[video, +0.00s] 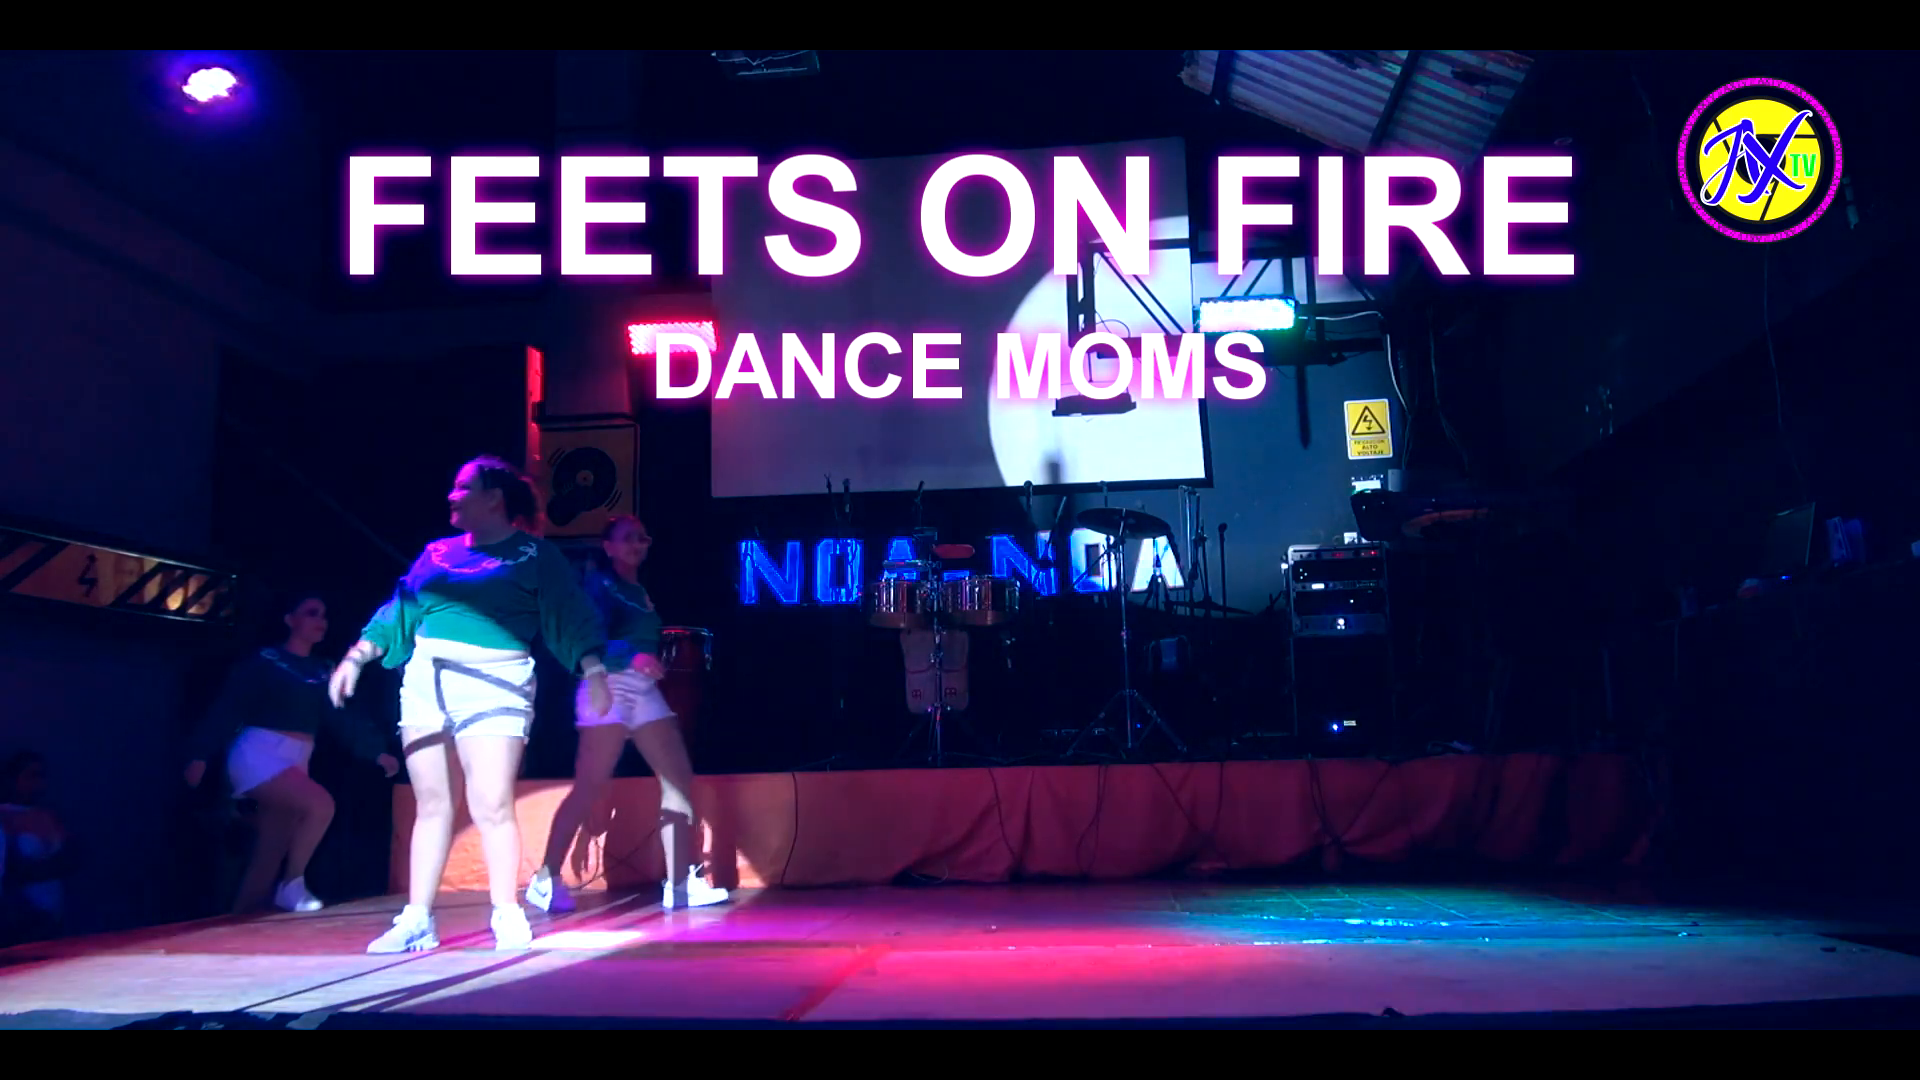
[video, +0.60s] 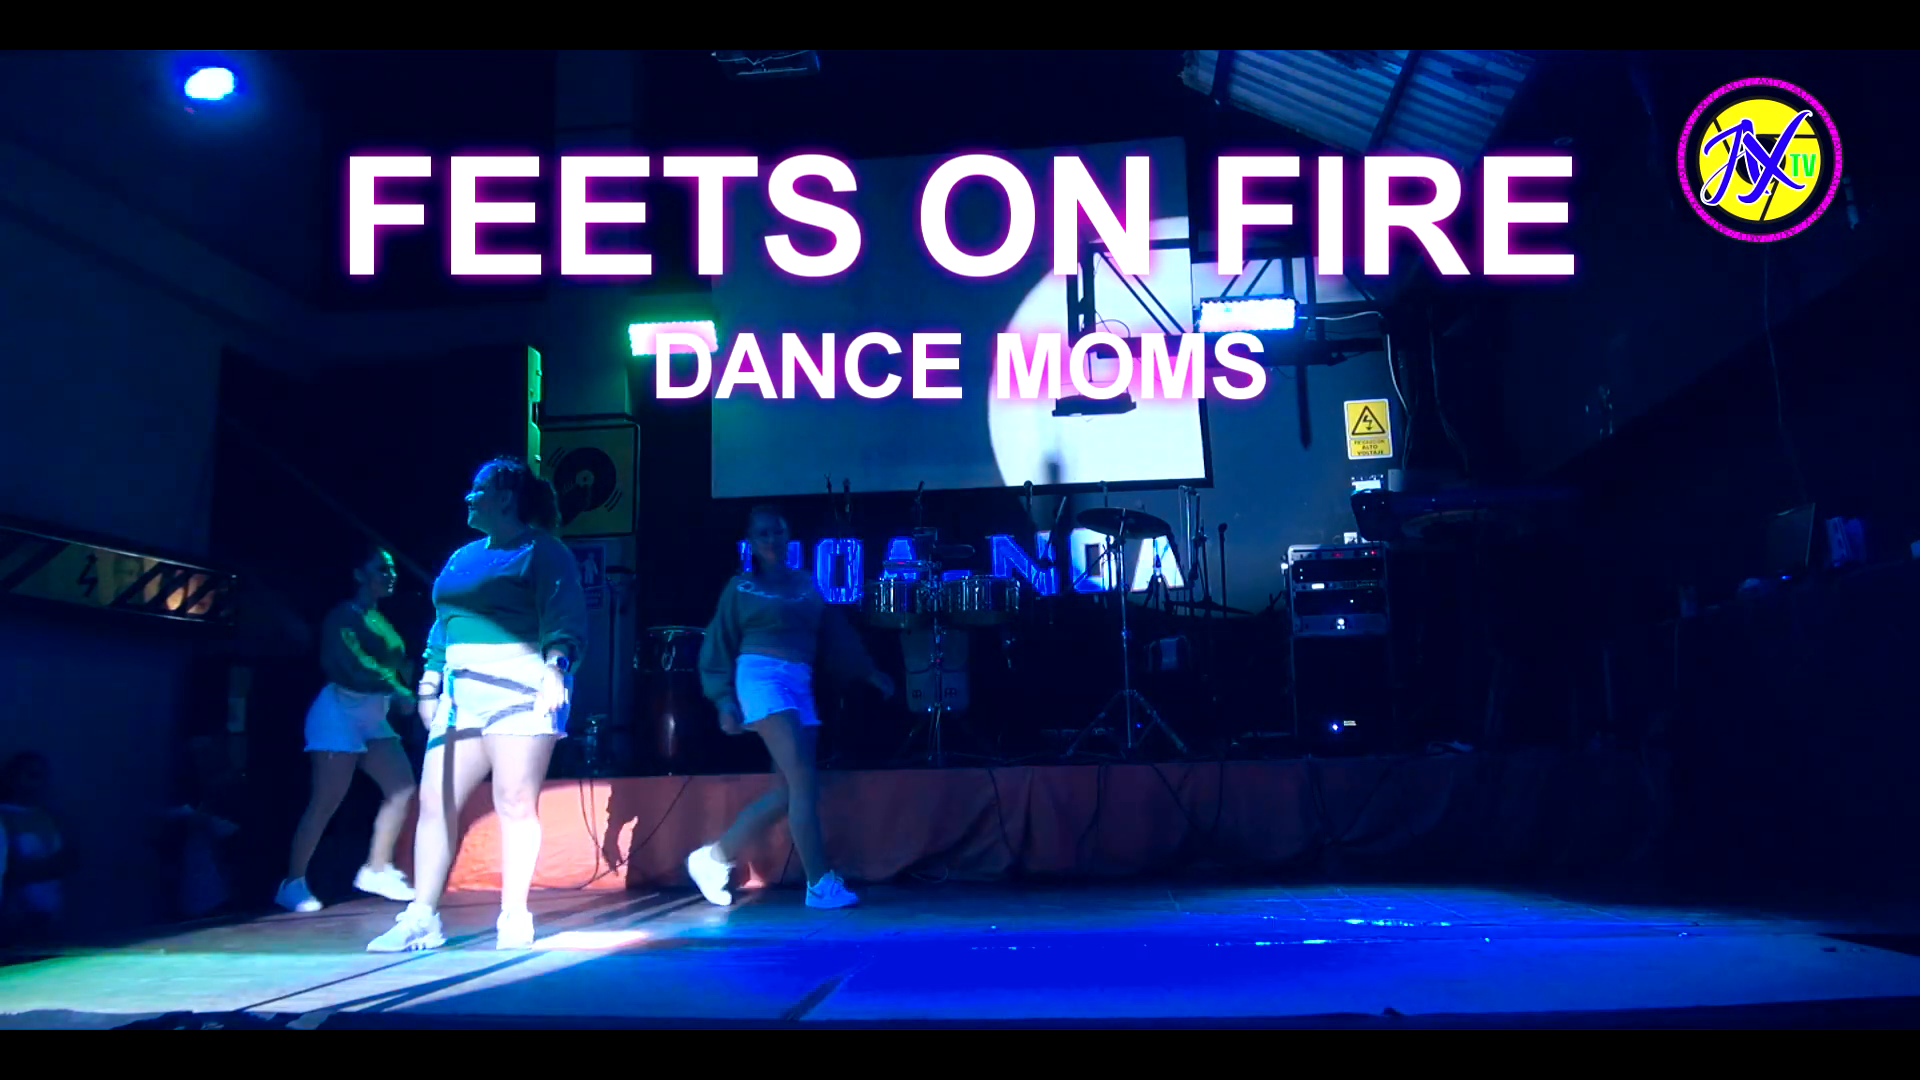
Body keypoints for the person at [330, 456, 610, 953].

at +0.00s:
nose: (453, 496)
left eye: (465, 489)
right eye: (454, 489)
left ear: (498, 500)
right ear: (466, 500)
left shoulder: (536, 556)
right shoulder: (437, 553)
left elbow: (573, 615)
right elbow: (399, 609)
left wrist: (595, 672)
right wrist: (358, 654)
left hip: (494, 681)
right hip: (424, 680)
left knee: (493, 804)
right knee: (432, 806)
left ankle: (506, 912)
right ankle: (417, 918)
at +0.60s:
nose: (469, 498)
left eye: (479, 491)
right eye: (471, 490)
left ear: (509, 499)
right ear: (487, 500)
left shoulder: (546, 553)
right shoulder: (460, 558)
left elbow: (564, 619)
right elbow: (440, 628)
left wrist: (555, 671)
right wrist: (428, 686)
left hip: (523, 690)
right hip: (459, 692)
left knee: (516, 802)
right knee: (435, 801)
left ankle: (514, 913)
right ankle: (423, 914)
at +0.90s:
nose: (487, 491)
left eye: (501, 486)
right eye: (484, 484)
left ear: (527, 500)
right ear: (476, 497)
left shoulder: (549, 550)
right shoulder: (459, 552)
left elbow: (574, 599)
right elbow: (440, 623)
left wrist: (568, 620)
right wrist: (436, 677)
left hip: (530, 689)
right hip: (464, 689)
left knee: (520, 800)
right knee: (445, 804)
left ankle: (516, 910)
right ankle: (467, 899)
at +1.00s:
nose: (488, 495)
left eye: (502, 489)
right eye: (484, 488)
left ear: (528, 503)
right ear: (475, 500)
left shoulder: (548, 558)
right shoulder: (453, 555)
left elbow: (573, 609)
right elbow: (429, 626)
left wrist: (581, 637)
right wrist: (416, 685)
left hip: (526, 684)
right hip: (459, 687)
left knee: (516, 799)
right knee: (468, 809)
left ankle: (516, 913)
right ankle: (475, 914)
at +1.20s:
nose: (481, 500)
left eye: (494, 494)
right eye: (476, 492)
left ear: (519, 509)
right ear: (466, 502)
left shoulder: (540, 564)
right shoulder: (441, 560)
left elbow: (578, 621)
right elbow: (408, 617)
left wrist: (602, 676)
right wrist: (369, 657)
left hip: (514, 683)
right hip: (445, 685)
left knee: (506, 801)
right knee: (460, 807)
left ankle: (514, 911)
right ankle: (470, 912)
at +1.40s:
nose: (478, 499)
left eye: (490, 494)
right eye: (472, 492)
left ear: (515, 506)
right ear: (462, 502)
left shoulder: (539, 562)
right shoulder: (439, 556)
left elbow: (571, 625)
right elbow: (410, 612)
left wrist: (573, 684)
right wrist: (376, 615)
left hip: (511, 680)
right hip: (445, 683)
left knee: (495, 792)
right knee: (462, 801)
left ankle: (510, 906)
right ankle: (471, 910)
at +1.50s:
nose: (480, 504)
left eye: (492, 498)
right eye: (473, 497)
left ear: (517, 508)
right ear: (463, 506)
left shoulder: (541, 563)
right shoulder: (442, 559)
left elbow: (571, 627)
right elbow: (417, 621)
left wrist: (566, 682)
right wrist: (387, 611)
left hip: (512, 688)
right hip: (447, 688)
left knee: (498, 804)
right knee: (465, 806)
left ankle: (514, 909)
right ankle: (471, 912)